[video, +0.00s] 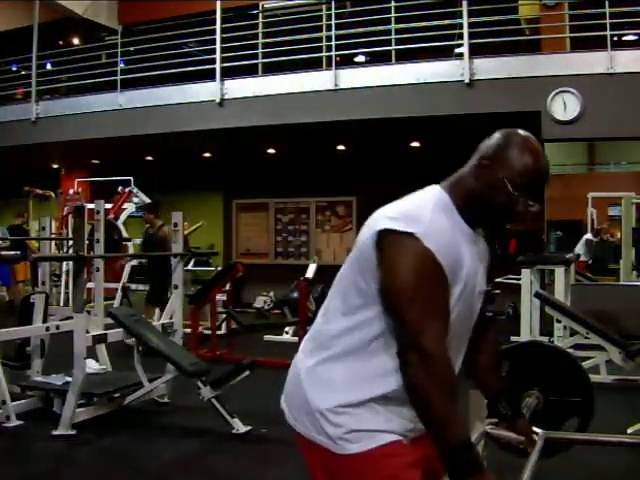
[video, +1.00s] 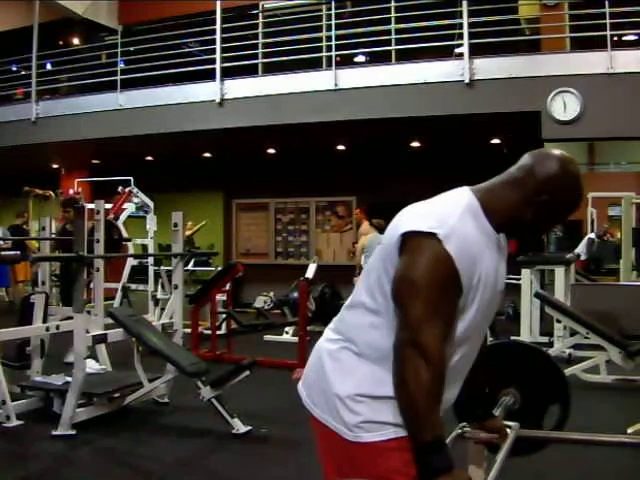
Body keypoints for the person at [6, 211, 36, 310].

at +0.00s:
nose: (25, 221)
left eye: (24, 219)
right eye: (25, 219)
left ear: (15, 218)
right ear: (23, 218)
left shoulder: (9, 228)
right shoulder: (24, 230)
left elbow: (7, 242)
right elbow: (28, 242)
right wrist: (35, 251)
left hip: (10, 258)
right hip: (22, 258)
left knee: (12, 282)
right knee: (21, 282)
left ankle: (13, 302)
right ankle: (21, 302)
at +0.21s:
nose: (26, 220)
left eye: (25, 218)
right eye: (25, 218)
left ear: (15, 218)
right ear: (23, 218)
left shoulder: (9, 228)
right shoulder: (24, 230)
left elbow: (7, 242)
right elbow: (28, 242)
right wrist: (35, 251)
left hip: (11, 257)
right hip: (22, 257)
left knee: (12, 282)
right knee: (20, 282)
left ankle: (12, 302)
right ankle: (21, 302)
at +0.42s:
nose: (26, 220)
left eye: (24, 218)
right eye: (25, 218)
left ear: (16, 218)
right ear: (23, 218)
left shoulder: (10, 228)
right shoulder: (23, 230)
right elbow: (27, 242)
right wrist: (35, 250)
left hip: (11, 257)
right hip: (21, 257)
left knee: (13, 282)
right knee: (20, 282)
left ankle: (10, 301)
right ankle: (19, 302)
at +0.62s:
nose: (28, 218)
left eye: (27, 216)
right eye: (27, 216)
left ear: (16, 217)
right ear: (25, 216)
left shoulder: (10, 228)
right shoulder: (23, 229)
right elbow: (28, 242)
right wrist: (35, 249)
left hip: (10, 258)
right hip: (21, 258)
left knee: (12, 282)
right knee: (20, 282)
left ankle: (14, 303)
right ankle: (20, 304)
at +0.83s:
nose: (28, 220)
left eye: (27, 217)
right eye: (27, 217)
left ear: (16, 217)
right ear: (24, 217)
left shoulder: (10, 228)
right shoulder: (23, 230)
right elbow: (28, 243)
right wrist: (36, 249)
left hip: (11, 258)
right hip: (21, 258)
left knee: (12, 283)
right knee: (21, 283)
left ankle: (12, 302)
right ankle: (19, 303)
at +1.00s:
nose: (28, 219)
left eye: (28, 217)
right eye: (27, 217)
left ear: (17, 217)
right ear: (24, 217)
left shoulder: (9, 229)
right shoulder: (23, 230)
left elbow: (8, 243)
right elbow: (29, 244)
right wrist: (35, 249)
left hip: (11, 258)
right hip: (22, 258)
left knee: (13, 282)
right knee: (21, 282)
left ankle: (13, 302)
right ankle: (21, 303)